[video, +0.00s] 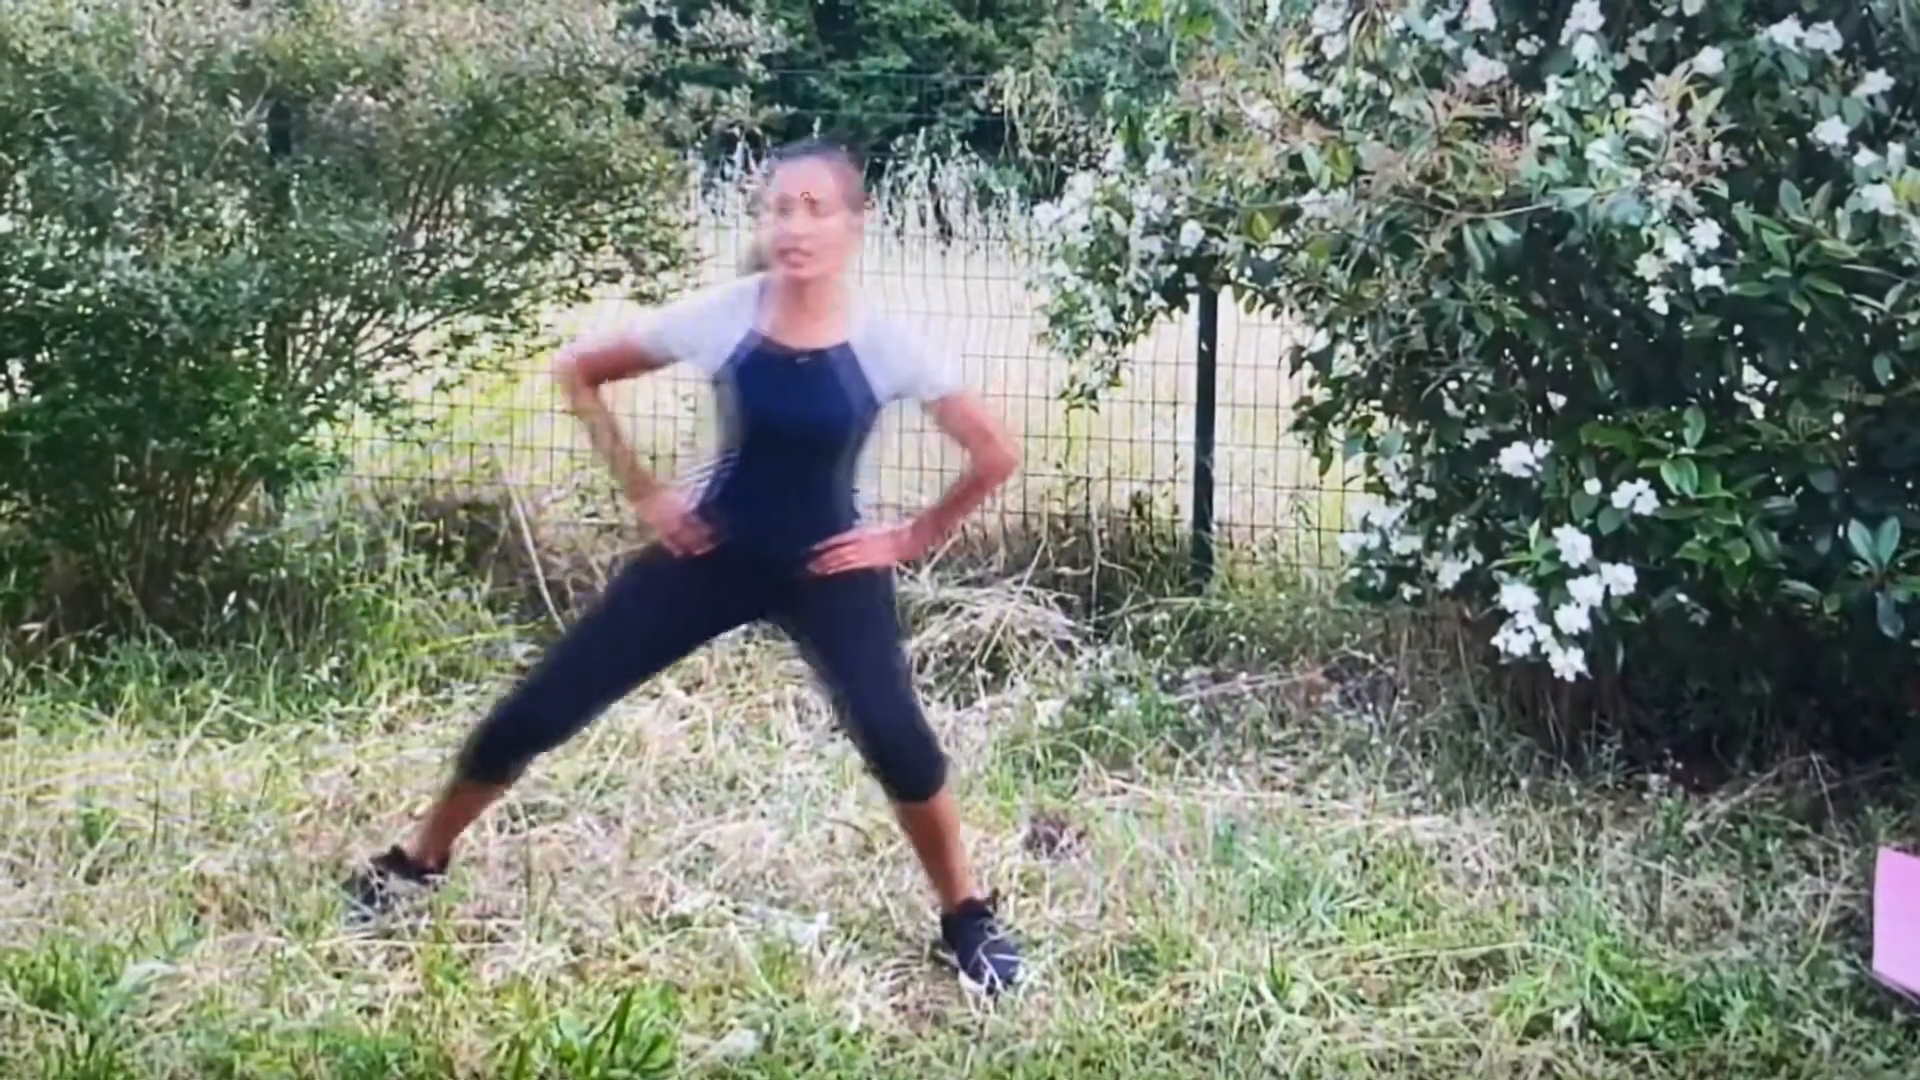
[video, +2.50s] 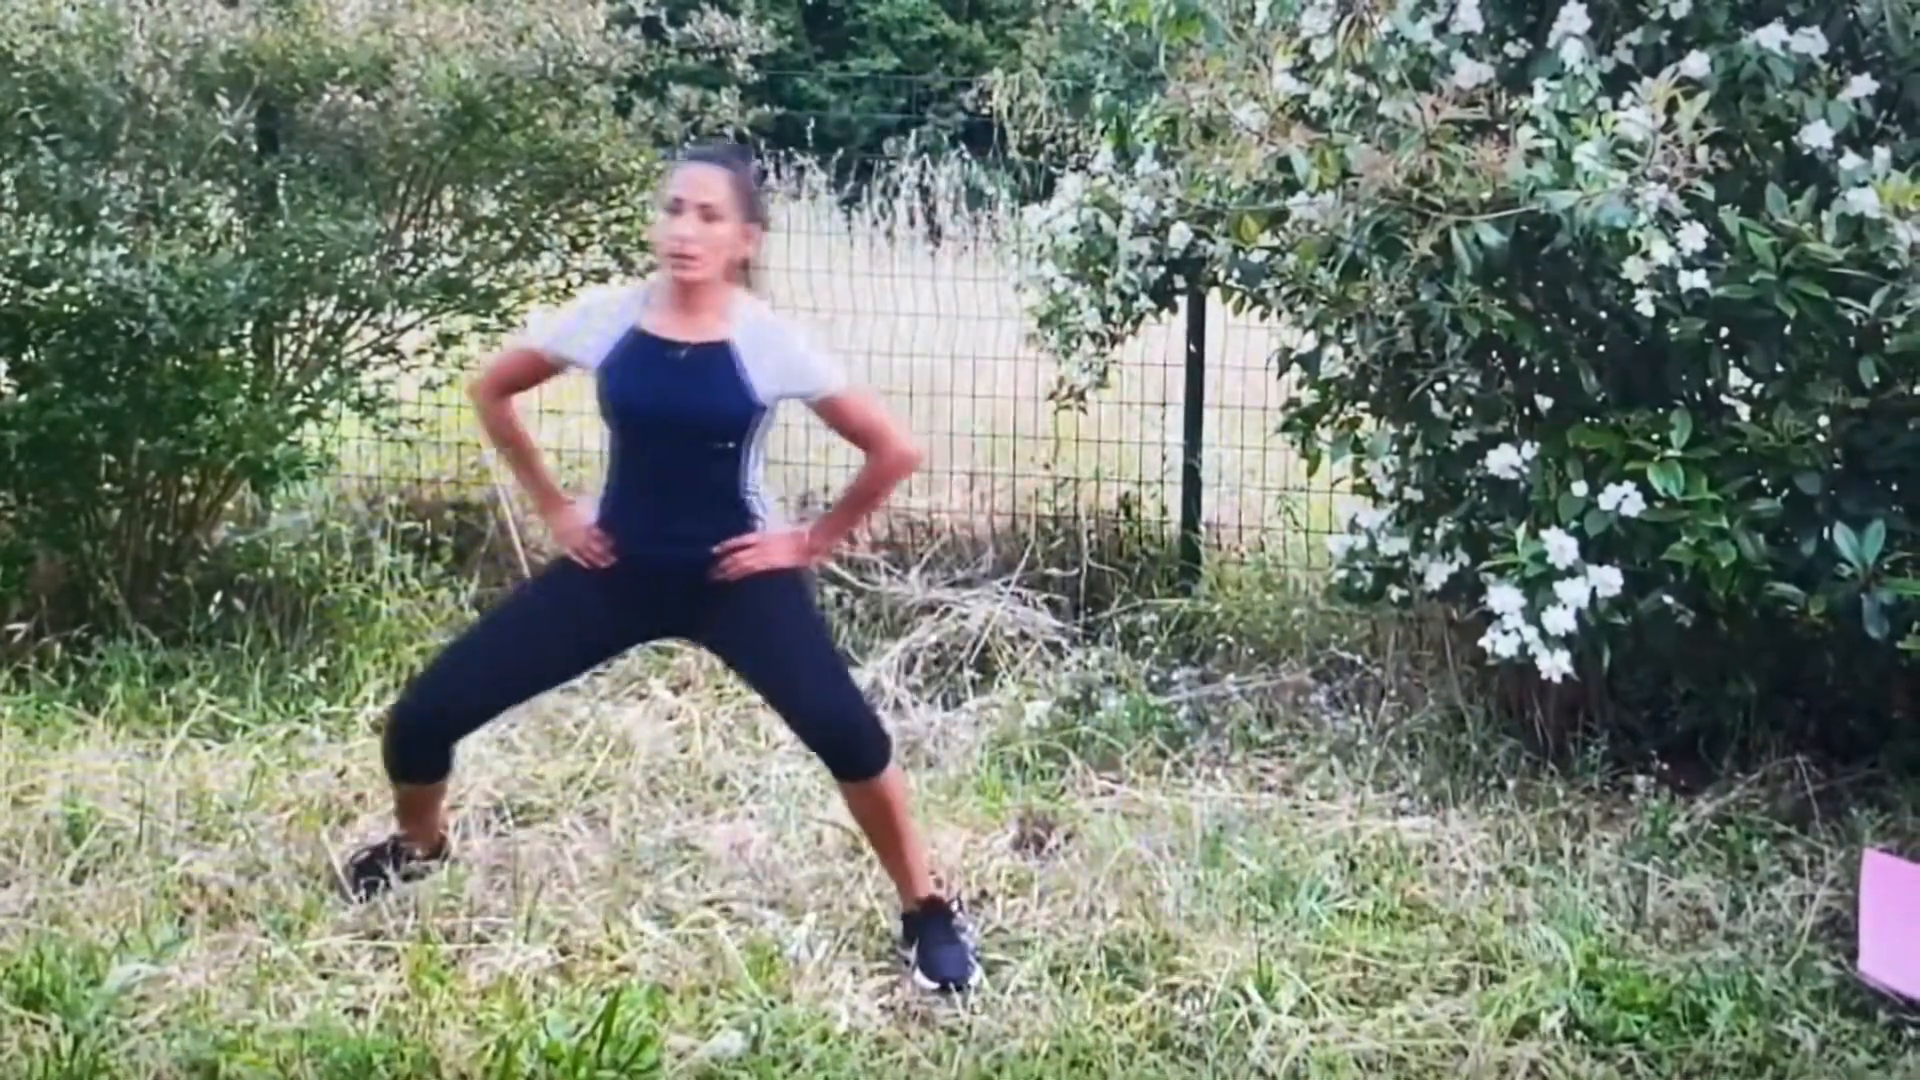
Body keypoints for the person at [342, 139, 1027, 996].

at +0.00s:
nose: (795, 228)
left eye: (817, 209)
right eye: (780, 209)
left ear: (857, 229)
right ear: (760, 225)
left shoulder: (885, 341)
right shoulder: (723, 318)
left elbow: (998, 454)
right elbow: (574, 372)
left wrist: (914, 539)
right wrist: (646, 491)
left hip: (834, 573)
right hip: (710, 560)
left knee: (901, 744)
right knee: (532, 715)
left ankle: (967, 919)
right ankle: (417, 861)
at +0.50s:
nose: (924, 171)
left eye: (947, 155)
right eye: (910, 151)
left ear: (982, 178)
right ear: (885, 169)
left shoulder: (1018, 269)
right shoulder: (857, 278)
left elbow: (1160, 356)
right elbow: (742, 372)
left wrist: (1092, 466)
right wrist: (823, 476)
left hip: (1024, 526)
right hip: (903, 536)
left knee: (1141, 684)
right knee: (820, 741)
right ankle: (869, 908)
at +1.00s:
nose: (1130, 258)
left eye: (1149, 241)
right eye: (1114, 242)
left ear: (1189, 256)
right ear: (1093, 260)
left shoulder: (1239, 355)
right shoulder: (1069, 362)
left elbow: (1364, 454)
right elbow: (941, 449)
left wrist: (1292, 565)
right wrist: (1013, 552)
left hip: (1226, 617)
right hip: (1091, 614)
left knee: (1405, 765)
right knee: (919, 773)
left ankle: (1441, 936)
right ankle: (864, 911)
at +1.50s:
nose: (1036, 243)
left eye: (1058, 225)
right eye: (1027, 224)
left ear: (1106, 246)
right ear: (1013, 242)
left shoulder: (1161, 343)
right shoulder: (1000, 351)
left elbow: (1303, 431)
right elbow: (897, 446)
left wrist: (1240, 542)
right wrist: (976, 538)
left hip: (1175, 601)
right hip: (1046, 598)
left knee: (1331, 768)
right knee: (887, 756)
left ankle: (1435, 933)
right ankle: (864, 910)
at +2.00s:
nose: (902, 161)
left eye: (925, 145)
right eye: (889, 143)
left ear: (966, 169)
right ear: (869, 162)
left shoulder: (998, 277)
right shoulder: (832, 253)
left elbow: (1106, 403)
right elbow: (701, 318)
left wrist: (1023, 499)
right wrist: (769, 438)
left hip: (945, 530)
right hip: (827, 507)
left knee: (947, 731)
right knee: (670, 642)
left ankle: (932, 908)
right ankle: (724, 828)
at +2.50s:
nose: (683, 230)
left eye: (707, 216)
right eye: (673, 210)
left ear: (747, 241)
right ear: (654, 223)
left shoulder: (770, 342)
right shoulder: (608, 318)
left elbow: (898, 452)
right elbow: (489, 391)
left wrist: (814, 541)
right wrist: (557, 509)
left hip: (740, 584)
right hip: (615, 576)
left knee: (851, 735)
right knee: (417, 723)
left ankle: (924, 907)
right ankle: (418, 848)